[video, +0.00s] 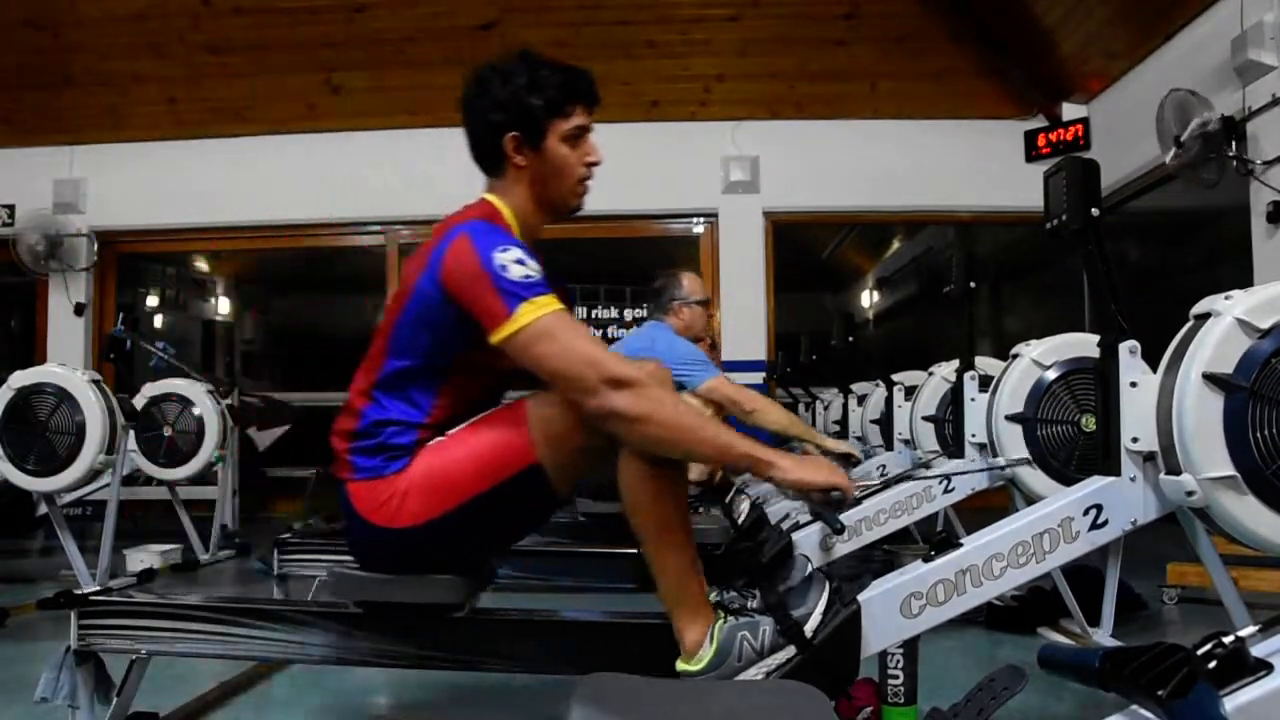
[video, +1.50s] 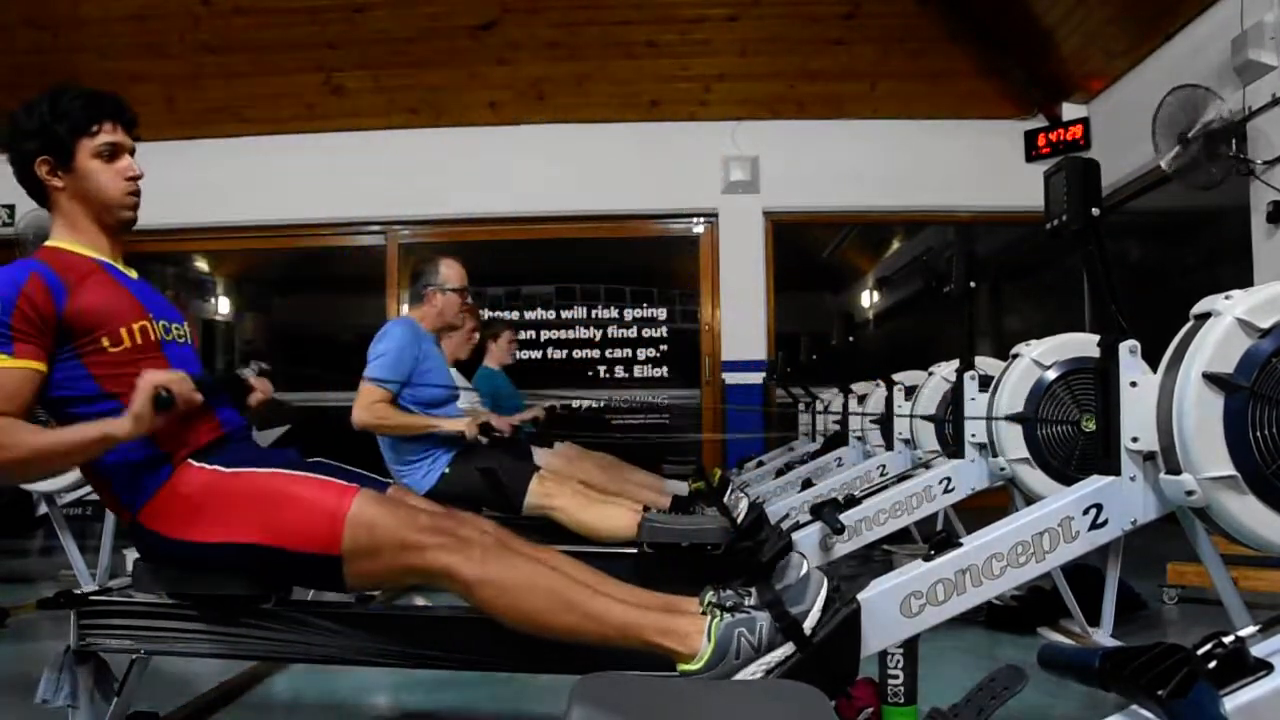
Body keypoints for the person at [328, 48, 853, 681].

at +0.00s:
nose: (594, 157)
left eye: (591, 138)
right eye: (577, 139)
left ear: (524, 154)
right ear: (519, 151)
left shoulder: (496, 244)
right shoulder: (480, 247)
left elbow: (602, 377)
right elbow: (614, 389)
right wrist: (772, 463)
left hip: (419, 484)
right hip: (392, 500)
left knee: (632, 386)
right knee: (632, 399)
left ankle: (700, 623)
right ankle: (700, 642)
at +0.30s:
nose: (713, 161)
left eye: (709, 142)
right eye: (697, 143)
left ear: (644, 155)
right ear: (640, 154)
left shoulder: (624, 243)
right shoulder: (609, 247)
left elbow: (770, 363)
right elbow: (768, 383)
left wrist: (890, 439)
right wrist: (925, 441)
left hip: (525, 499)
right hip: (503, 510)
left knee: (733, 374)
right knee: (730, 383)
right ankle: (703, 622)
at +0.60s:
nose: (686, 151)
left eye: (682, 133)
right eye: (670, 134)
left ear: (618, 149)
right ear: (615, 148)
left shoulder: (607, 235)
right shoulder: (591, 240)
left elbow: (754, 344)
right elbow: (753, 367)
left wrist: (874, 408)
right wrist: (912, 411)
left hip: (507, 489)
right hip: (487, 503)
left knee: (715, 366)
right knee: (713, 379)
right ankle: (702, 625)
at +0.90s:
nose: (434, 118)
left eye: (429, 101)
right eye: (411, 101)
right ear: (354, 117)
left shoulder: (385, 226)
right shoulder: (344, 214)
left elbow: (492, 359)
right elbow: (476, 338)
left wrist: (638, 373)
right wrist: (644, 367)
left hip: (337, 469)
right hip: (293, 483)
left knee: (564, 421)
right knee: (552, 433)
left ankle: (695, 615)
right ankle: (703, 639)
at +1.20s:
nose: (179, 150)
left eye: (178, 134)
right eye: (158, 134)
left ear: (162, 149)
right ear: (95, 149)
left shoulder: (189, 272)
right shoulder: (79, 247)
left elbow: (274, 380)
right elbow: (147, 367)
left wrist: (379, 346)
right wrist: (325, 334)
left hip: (250, 459)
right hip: (192, 477)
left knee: (469, 524)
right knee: (444, 531)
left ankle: (704, 629)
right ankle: (704, 642)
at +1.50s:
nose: (134, 170)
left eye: (132, 155)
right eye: (112, 157)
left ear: (106, 171)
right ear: (52, 174)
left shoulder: (126, 278)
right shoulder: (36, 279)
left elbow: (157, 406)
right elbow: (5, 443)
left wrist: (234, 397)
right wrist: (120, 427)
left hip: (221, 467)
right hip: (176, 491)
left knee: (456, 530)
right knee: (432, 539)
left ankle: (701, 623)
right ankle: (694, 641)